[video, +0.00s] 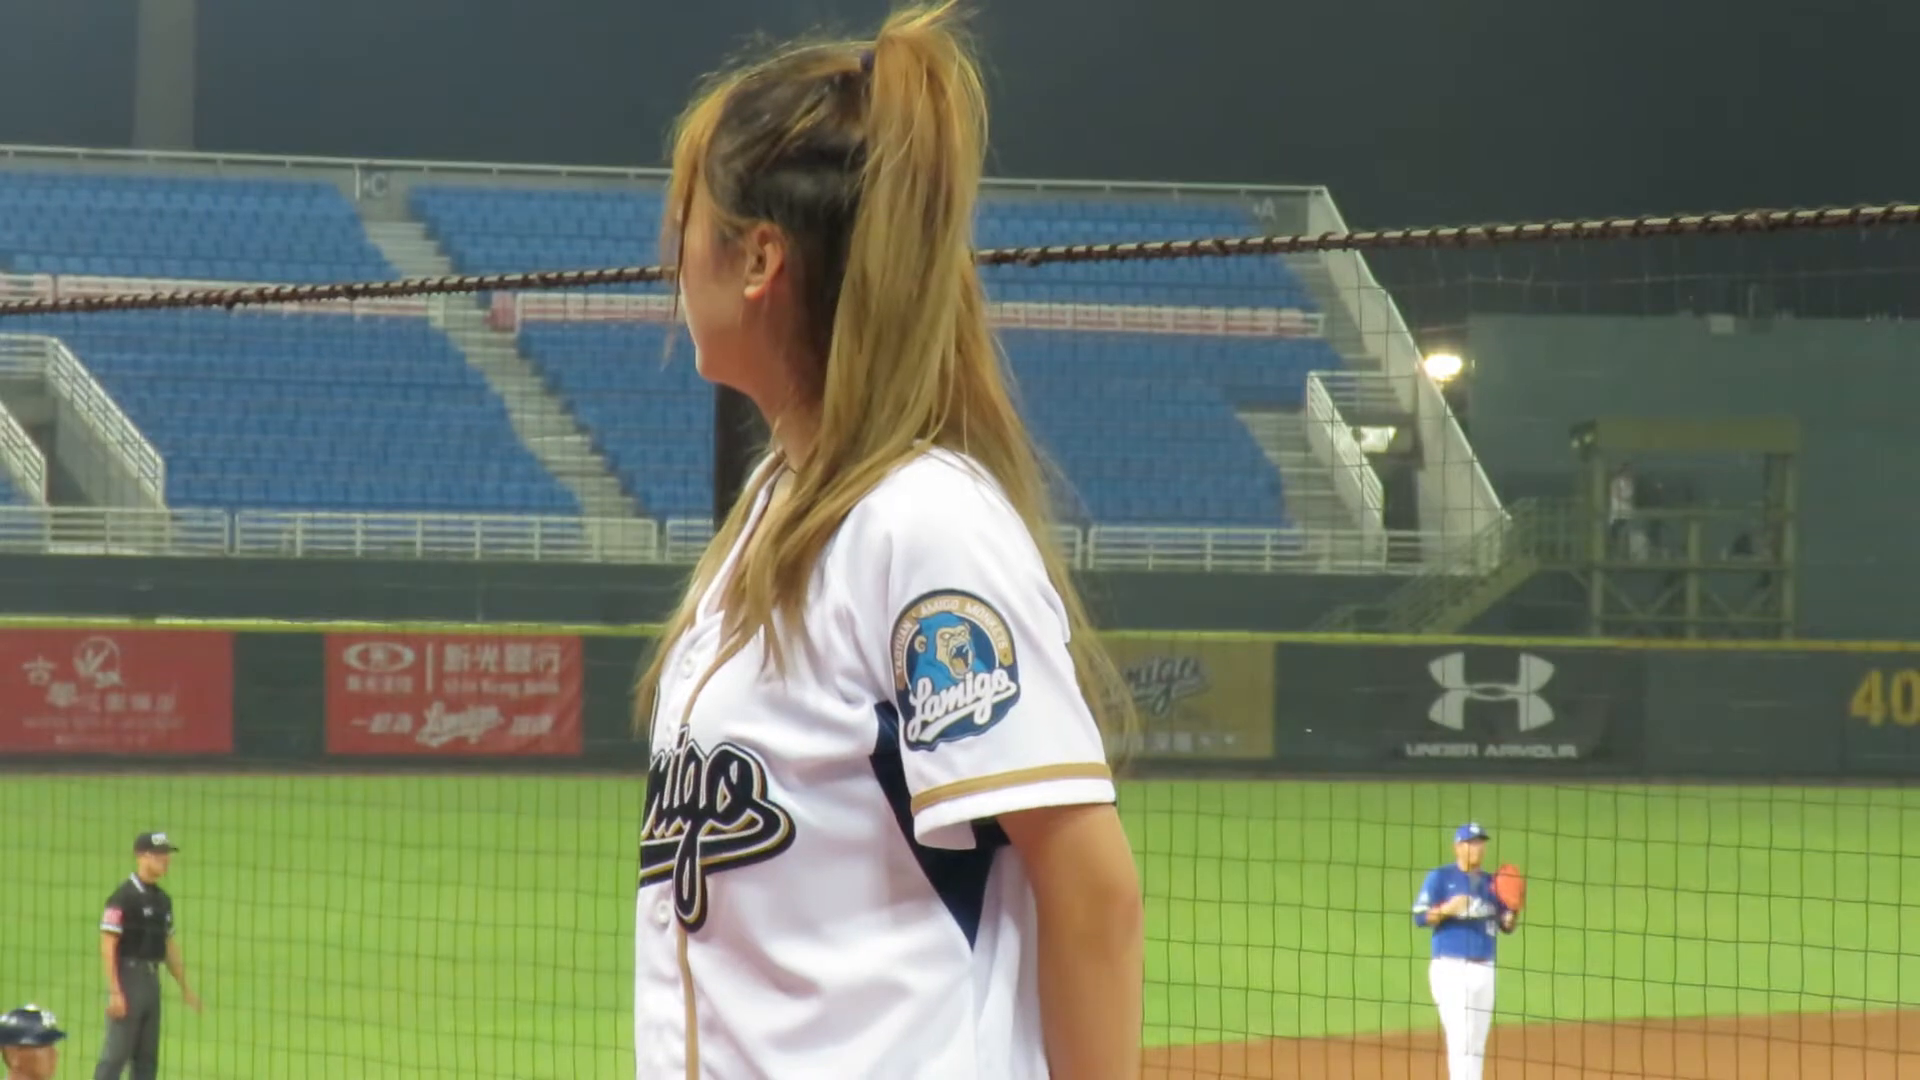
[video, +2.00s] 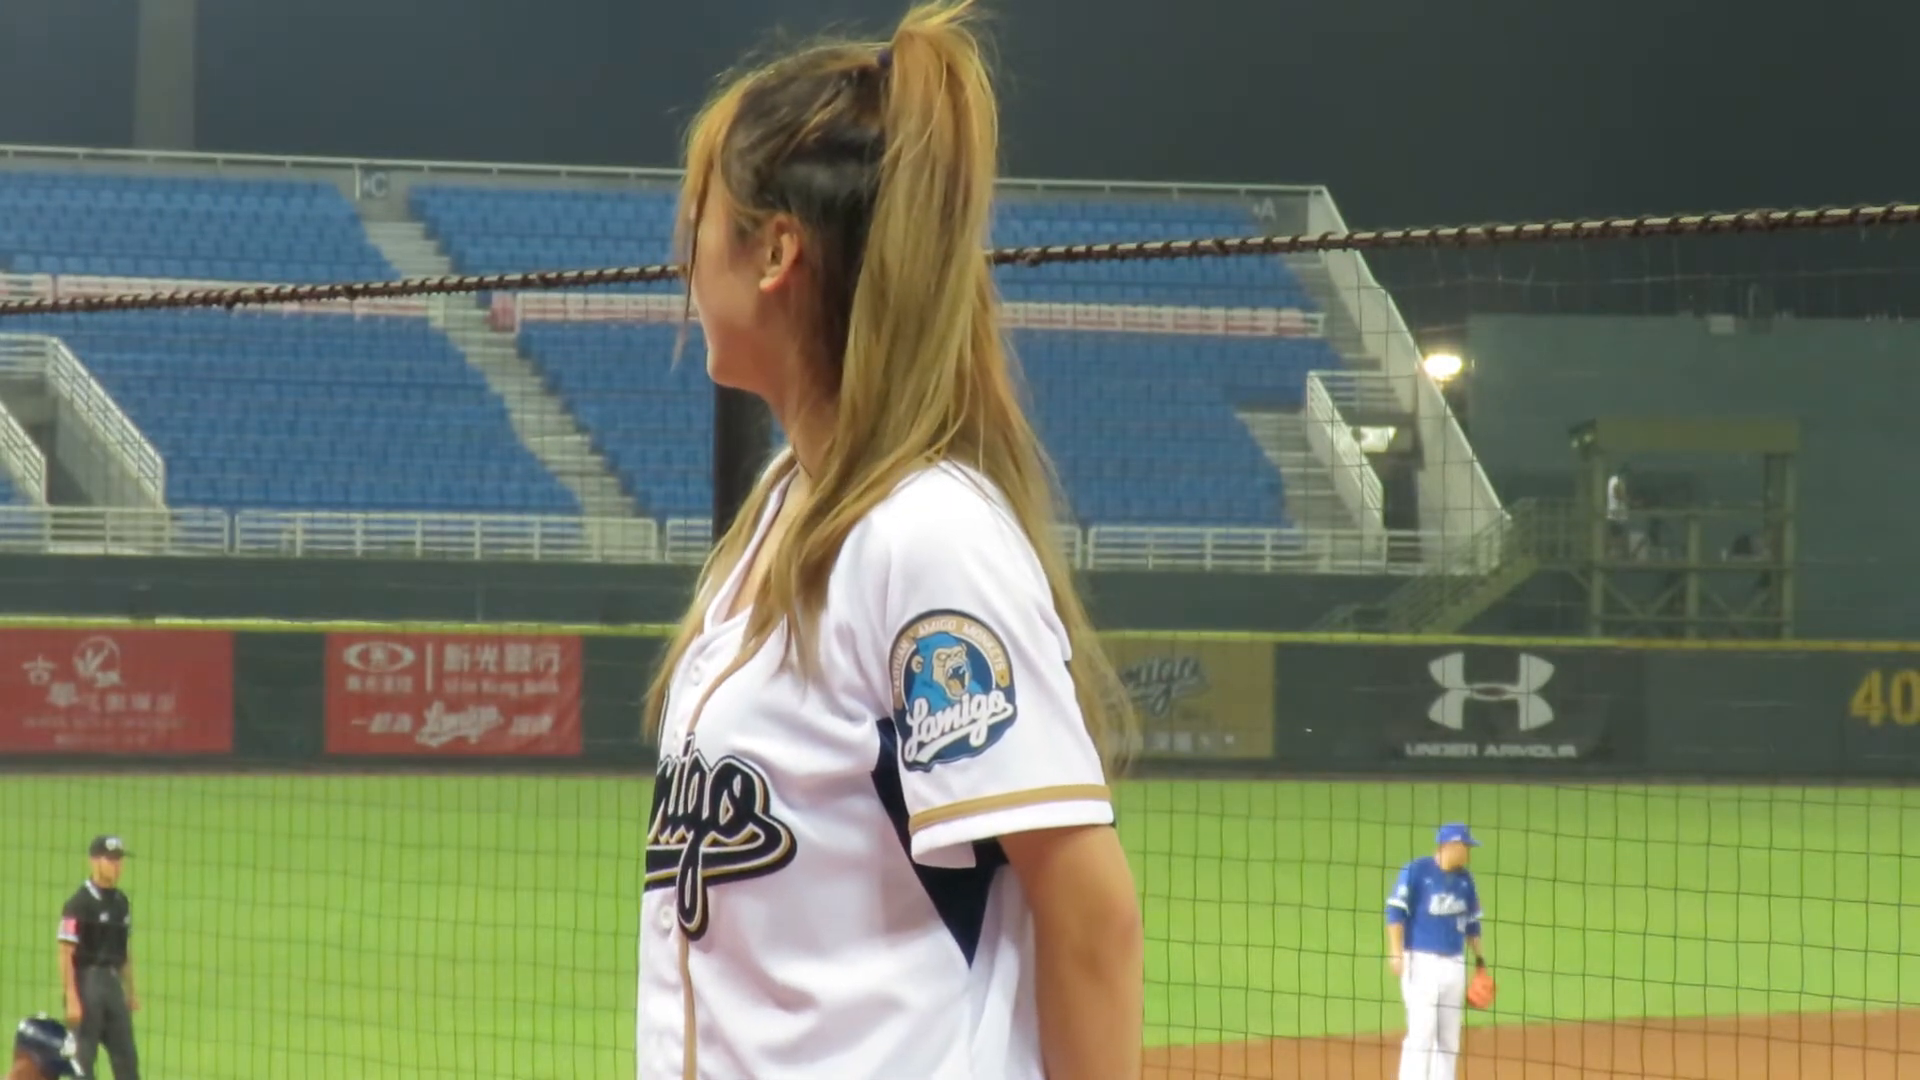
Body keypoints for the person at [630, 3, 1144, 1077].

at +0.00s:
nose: (674, 257)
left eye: (687, 222)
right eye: (682, 220)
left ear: (759, 262)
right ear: (763, 260)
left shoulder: (929, 522)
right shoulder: (770, 503)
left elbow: (1093, 886)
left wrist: (1085, 1070)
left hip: (882, 1056)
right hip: (716, 1051)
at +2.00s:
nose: (687, 260)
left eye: (702, 220)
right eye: (697, 219)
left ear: (778, 254)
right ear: (774, 255)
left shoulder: (933, 534)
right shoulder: (783, 502)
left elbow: (1093, 911)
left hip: (877, 1057)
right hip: (716, 1051)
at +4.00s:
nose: (691, 267)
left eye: (704, 227)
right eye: (698, 227)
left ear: (783, 248)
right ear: (776, 249)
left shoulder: (934, 529)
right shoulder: (780, 502)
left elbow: (1093, 913)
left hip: (878, 1056)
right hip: (713, 1051)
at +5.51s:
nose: (699, 267)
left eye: (711, 229)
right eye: (704, 229)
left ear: (794, 255)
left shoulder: (947, 527)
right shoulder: (780, 494)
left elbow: (1098, 911)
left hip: (881, 1055)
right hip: (709, 1049)